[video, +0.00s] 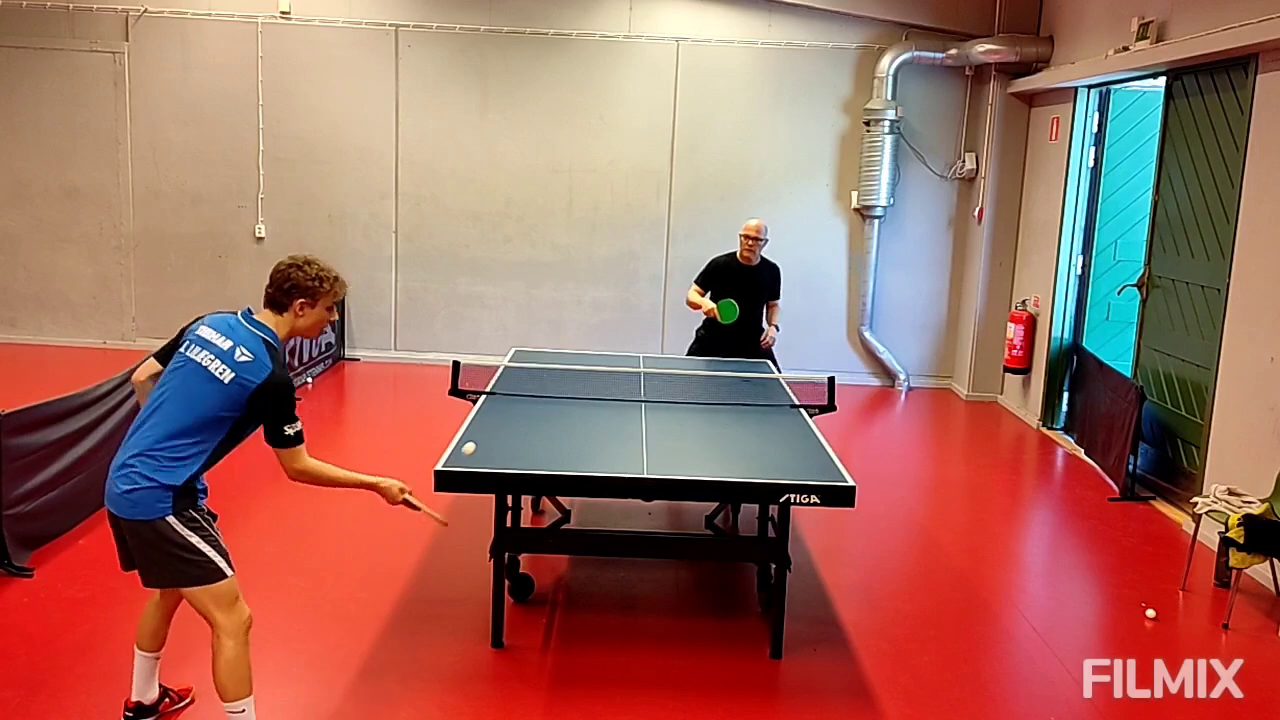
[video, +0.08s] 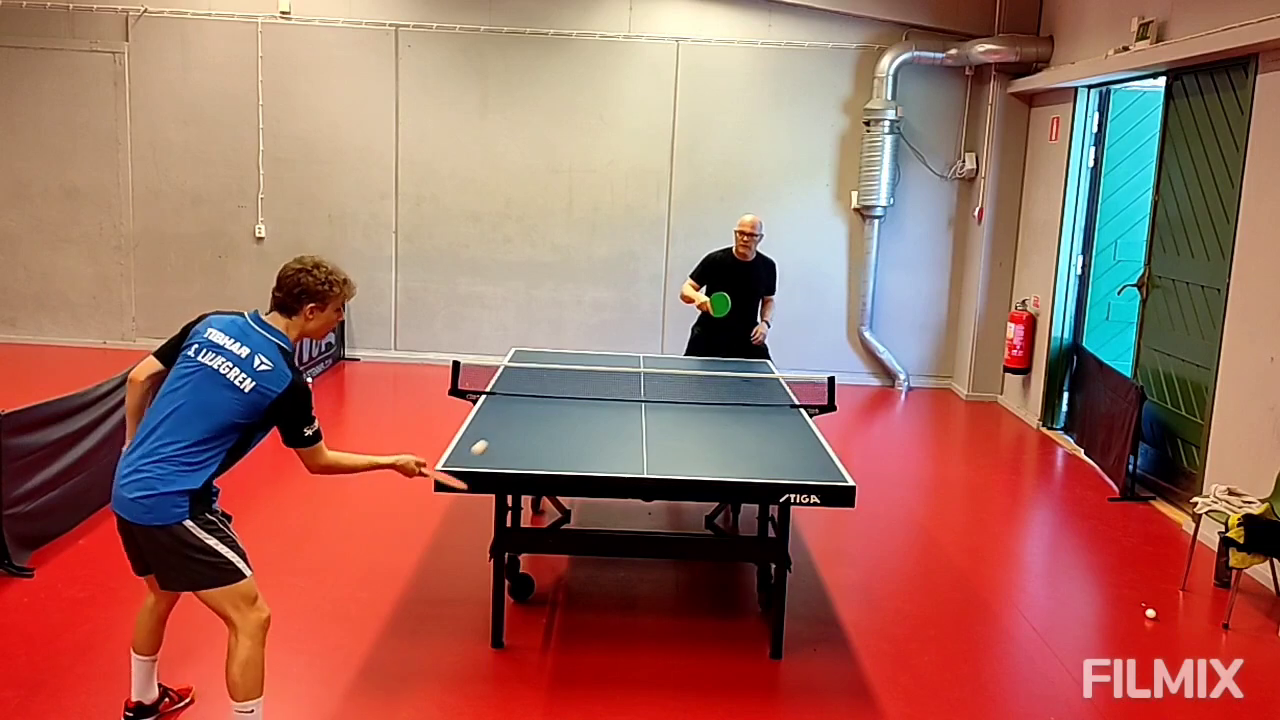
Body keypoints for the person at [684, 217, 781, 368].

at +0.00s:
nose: (750, 243)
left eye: (756, 240)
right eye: (746, 238)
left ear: (765, 243)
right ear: (740, 237)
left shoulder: (771, 271)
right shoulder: (719, 264)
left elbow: (772, 305)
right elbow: (692, 296)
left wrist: (773, 327)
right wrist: (704, 303)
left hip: (750, 342)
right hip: (714, 340)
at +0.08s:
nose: (745, 239)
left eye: (751, 235)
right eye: (741, 233)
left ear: (760, 238)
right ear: (735, 233)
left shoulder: (767, 267)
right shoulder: (715, 260)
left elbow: (768, 300)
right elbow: (686, 290)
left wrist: (765, 323)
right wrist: (698, 298)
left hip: (745, 341)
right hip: (709, 339)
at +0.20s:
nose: (742, 243)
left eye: (748, 239)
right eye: (739, 238)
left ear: (758, 242)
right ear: (732, 237)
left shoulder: (765, 268)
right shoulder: (713, 263)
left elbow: (770, 303)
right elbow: (685, 293)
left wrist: (763, 324)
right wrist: (695, 300)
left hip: (746, 343)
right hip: (709, 342)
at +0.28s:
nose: (742, 249)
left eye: (748, 246)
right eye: (738, 244)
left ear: (757, 248)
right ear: (732, 243)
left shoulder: (765, 272)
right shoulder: (714, 268)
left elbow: (772, 308)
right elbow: (687, 300)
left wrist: (765, 328)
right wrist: (693, 308)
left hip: (748, 344)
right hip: (711, 343)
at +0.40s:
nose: (747, 266)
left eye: (753, 263)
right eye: (742, 260)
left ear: (761, 263)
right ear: (736, 259)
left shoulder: (769, 283)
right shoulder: (718, 281)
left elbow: (775, 318)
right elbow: (694, 317)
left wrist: (771, 339)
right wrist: (707, 339)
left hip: (752, 350)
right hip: (715, 349)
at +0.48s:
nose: (752, 275)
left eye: (758, 271)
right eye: (748, 269)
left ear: (767, 271)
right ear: (740, 266)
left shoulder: (772, 288)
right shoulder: (722, 288)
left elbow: (777, 321)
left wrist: (776, 344)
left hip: (754, 347)